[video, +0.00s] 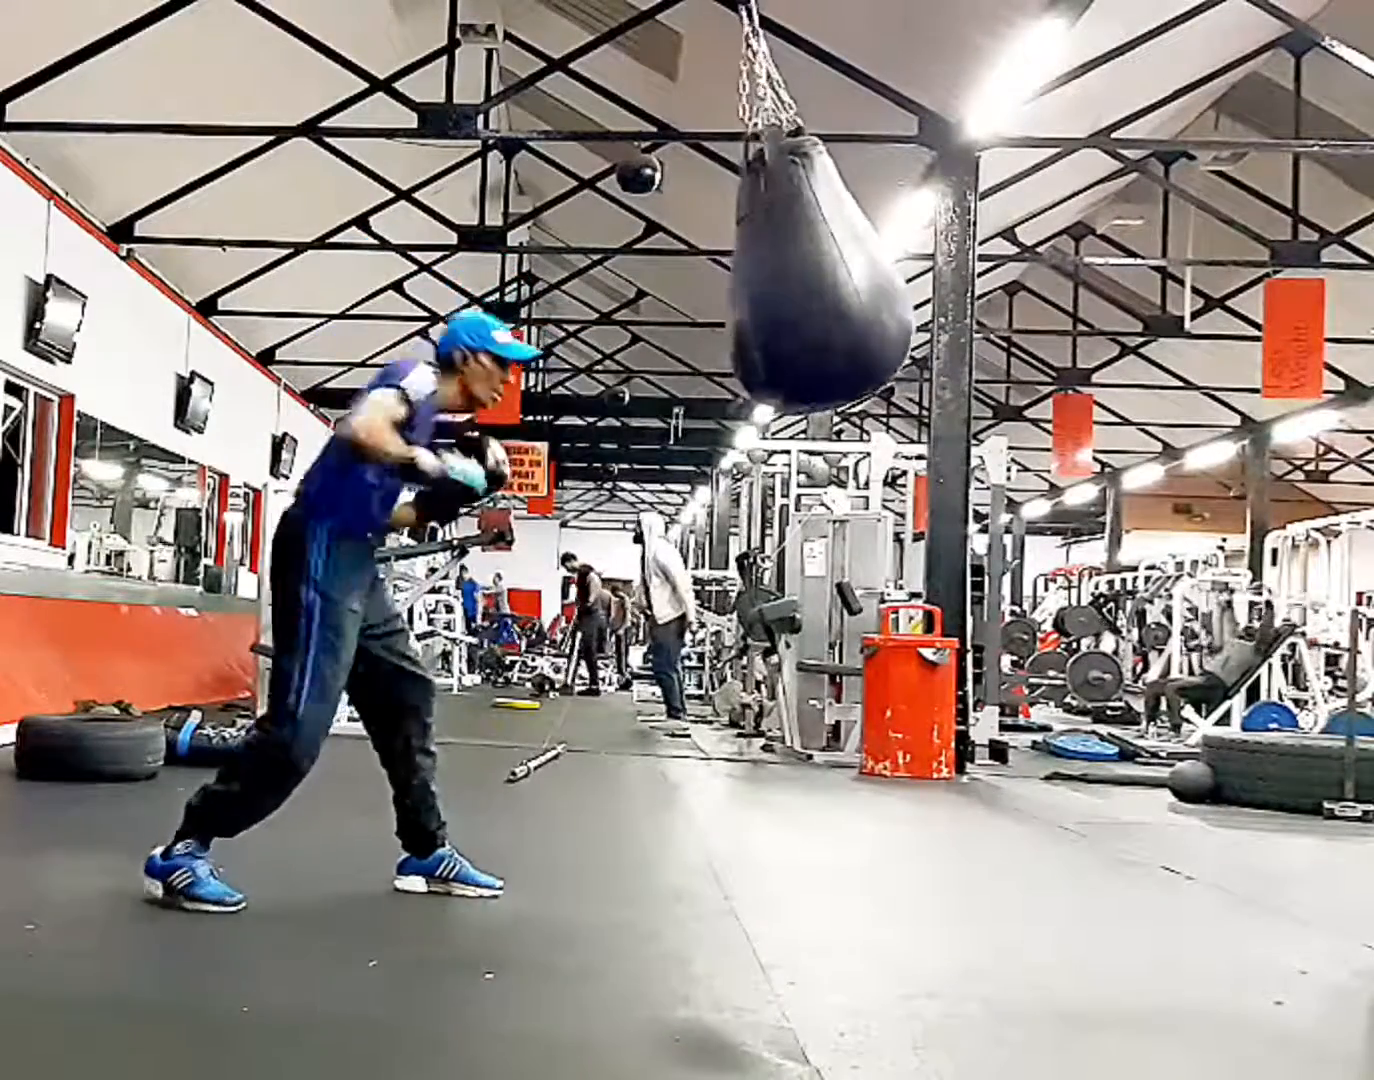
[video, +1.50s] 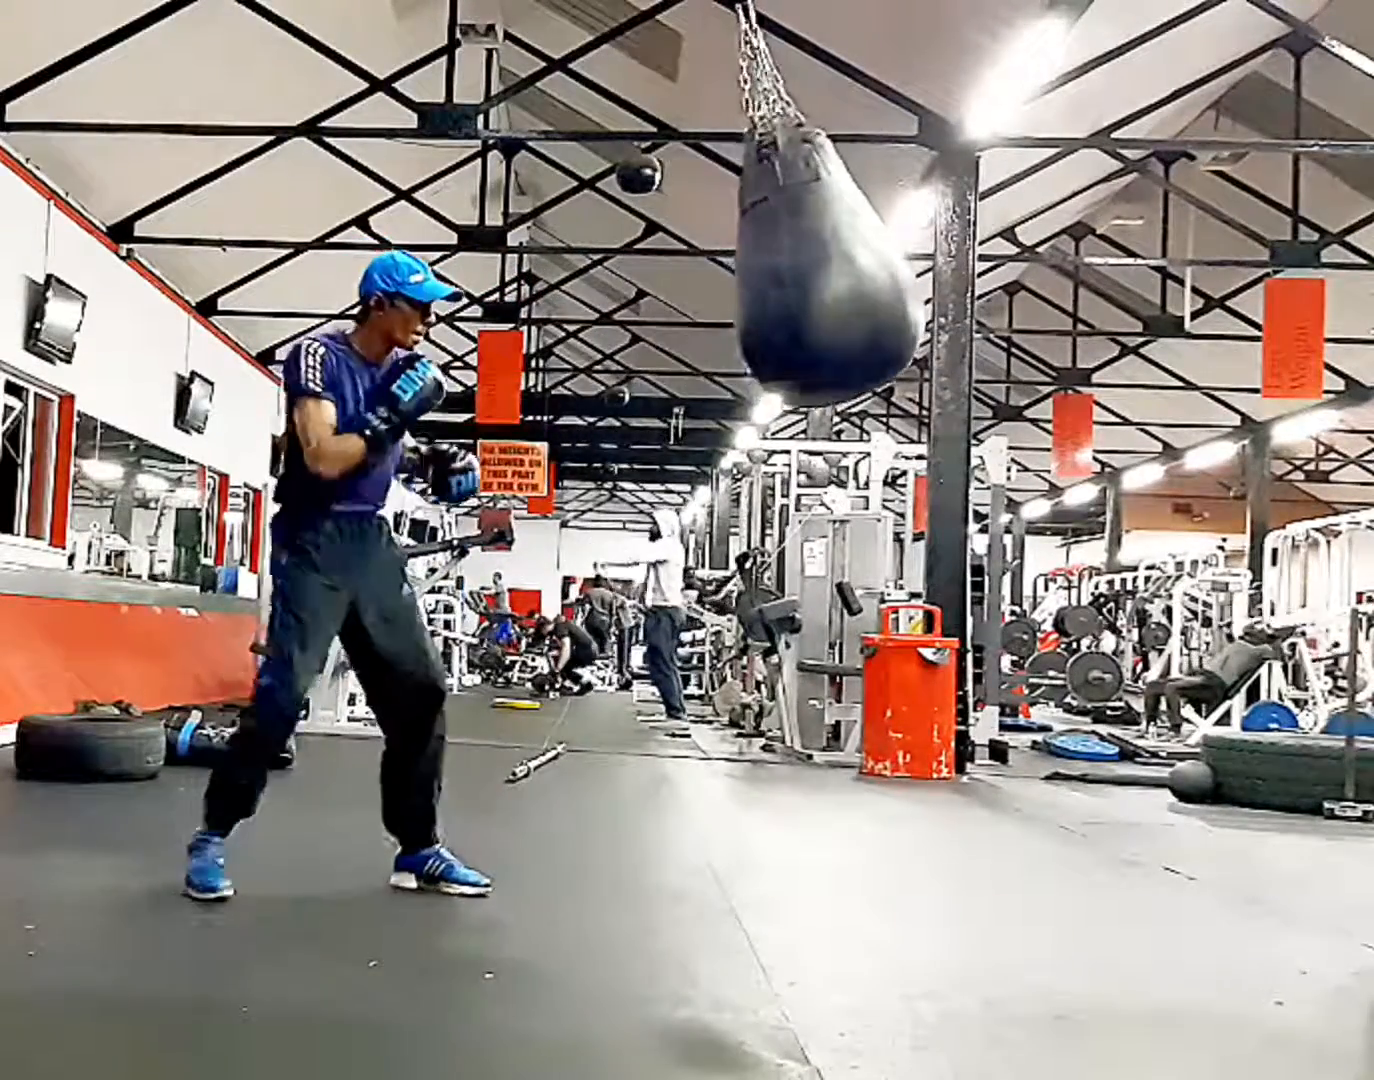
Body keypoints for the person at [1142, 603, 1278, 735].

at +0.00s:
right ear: (1250, 634)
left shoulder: (1255, 654)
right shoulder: (1236, 644)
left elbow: (1266, 633)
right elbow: (1227, 634)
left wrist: (1269, 610)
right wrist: (1224, 609)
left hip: (1218, 683)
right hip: (1205, 677)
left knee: (1172, 689)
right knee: (1153, 687)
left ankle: (1176, 730)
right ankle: (1147, 727)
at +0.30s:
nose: (1255, 627)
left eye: (1263, 628)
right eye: (1259, 626)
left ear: (1264, 636)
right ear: (1253, 631)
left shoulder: (1258, 650)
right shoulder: (1234, 643)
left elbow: (1275, 649)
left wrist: (1277, 635)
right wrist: (1220, 622)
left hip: (1217, 683)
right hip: (1203, 675)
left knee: (1172, 688)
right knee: (1151, 687)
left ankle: (1175, 732)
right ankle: (1147, 728)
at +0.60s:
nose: (1248, 634)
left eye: (1253, 632)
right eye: (1248, 630)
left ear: (1259, 637)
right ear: (1246, 633)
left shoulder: (1259, 651)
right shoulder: (1235, 645)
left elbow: (1279, 656)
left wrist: (1274, 642)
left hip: (1218, 682)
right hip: (1204, 674)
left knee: (1172, 688)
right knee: (1152, 688)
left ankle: (1175, 731)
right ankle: (1147, 727)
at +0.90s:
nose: (1252, 629)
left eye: (1258, 628)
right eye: (1252, 627)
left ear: (1260, 636)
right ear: (1248, 631)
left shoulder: (1258, 651)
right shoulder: (1234, 643)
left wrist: (1270, 617)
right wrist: (1226, 618)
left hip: (1218, 684)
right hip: (1203, 677)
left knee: (1172, 688)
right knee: (1152, 687)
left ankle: (1175, 731)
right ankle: (1147, 728)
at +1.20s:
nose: (1249, 630)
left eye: (1253, 629)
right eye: (1247, 628)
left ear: (1258, 635)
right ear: (1244, 632)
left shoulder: (1257, 651)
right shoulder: (1235, 643)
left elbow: (1269, 631)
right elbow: (1231, 625)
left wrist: (1270, 610)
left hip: (1218, 684)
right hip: (1203, 677)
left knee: (1172, 688)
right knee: (1152, 687)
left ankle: (1175, 731)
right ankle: (1148, 727)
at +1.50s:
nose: (1256, 634)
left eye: (1258, 633)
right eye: (1256, 632)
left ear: (1258, 638)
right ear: (1251, 635)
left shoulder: (1260, 650)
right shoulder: (1235, 644)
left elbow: (1279, 659)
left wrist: (1276, 642)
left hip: (1217, 682)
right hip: (1201, 674)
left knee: (1172, 688)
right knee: (1152, 687)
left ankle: (1175, 731)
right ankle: (1148, 727)